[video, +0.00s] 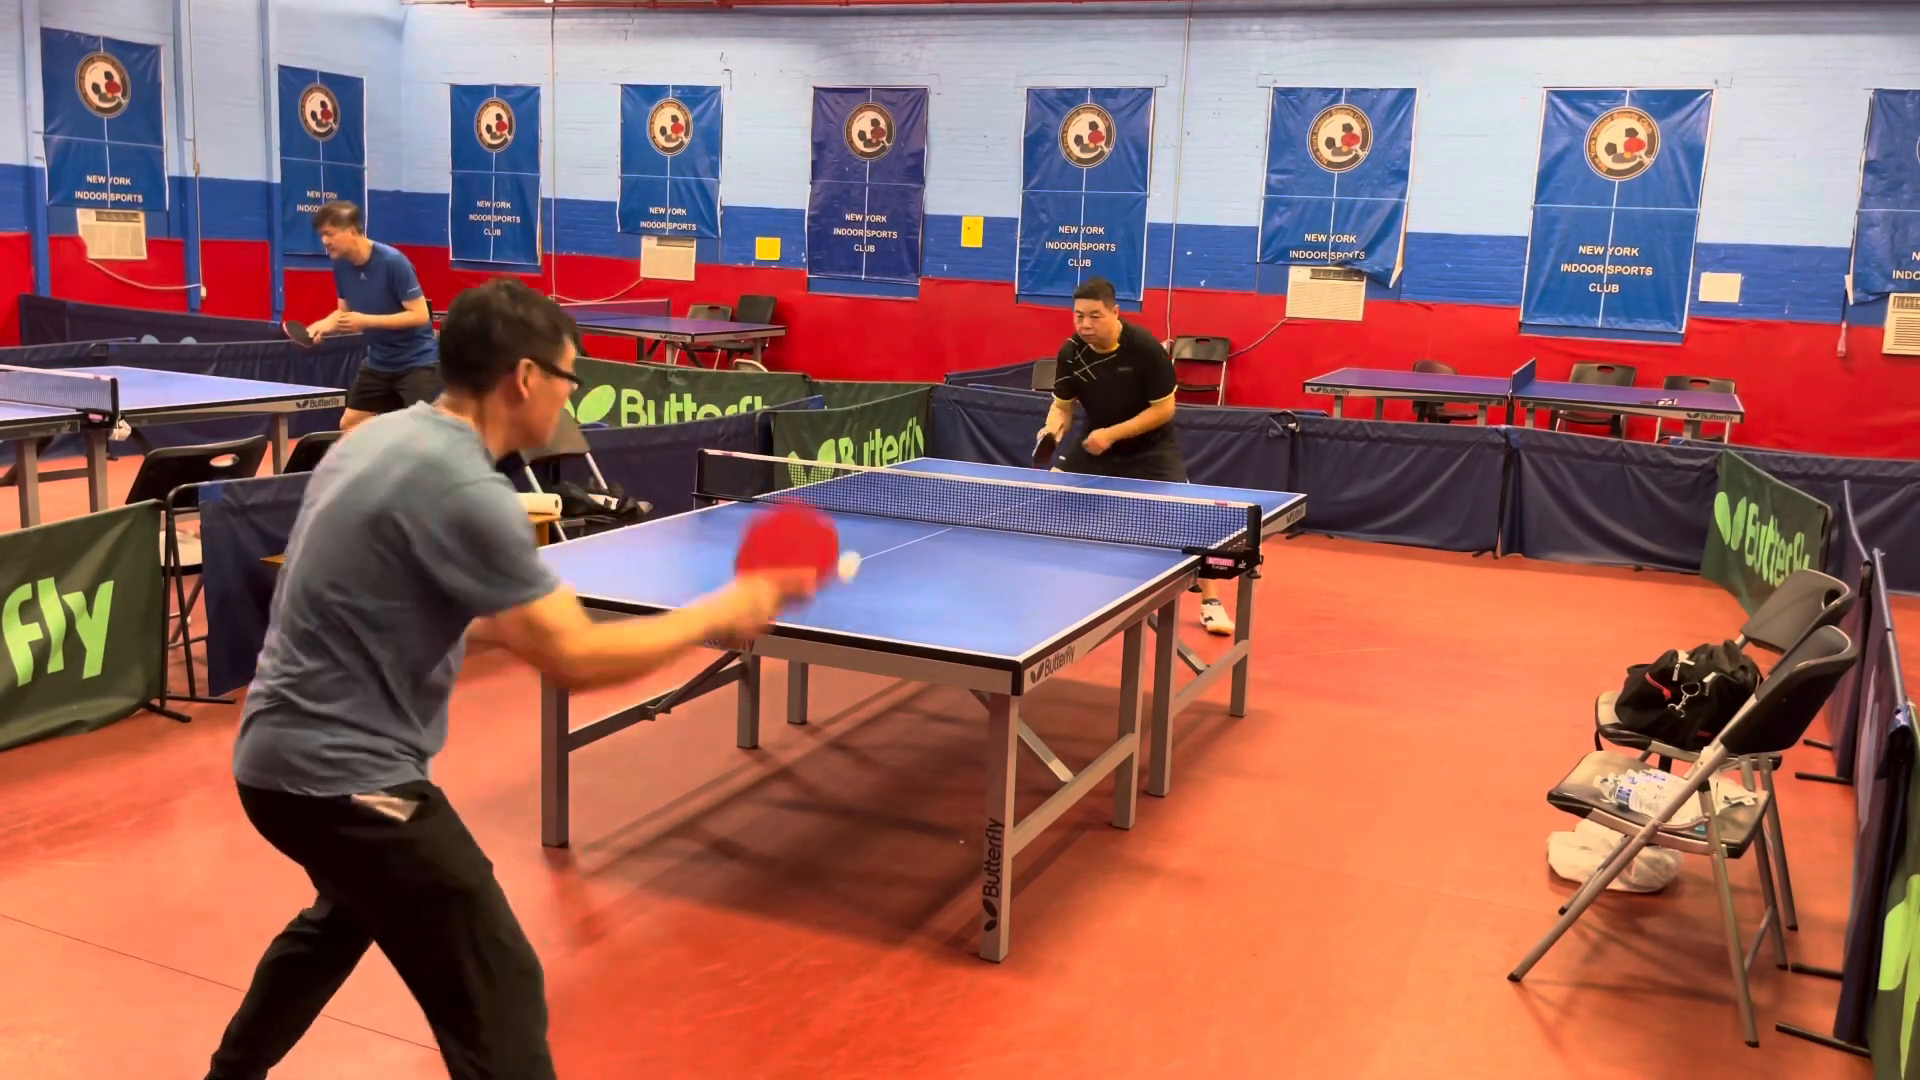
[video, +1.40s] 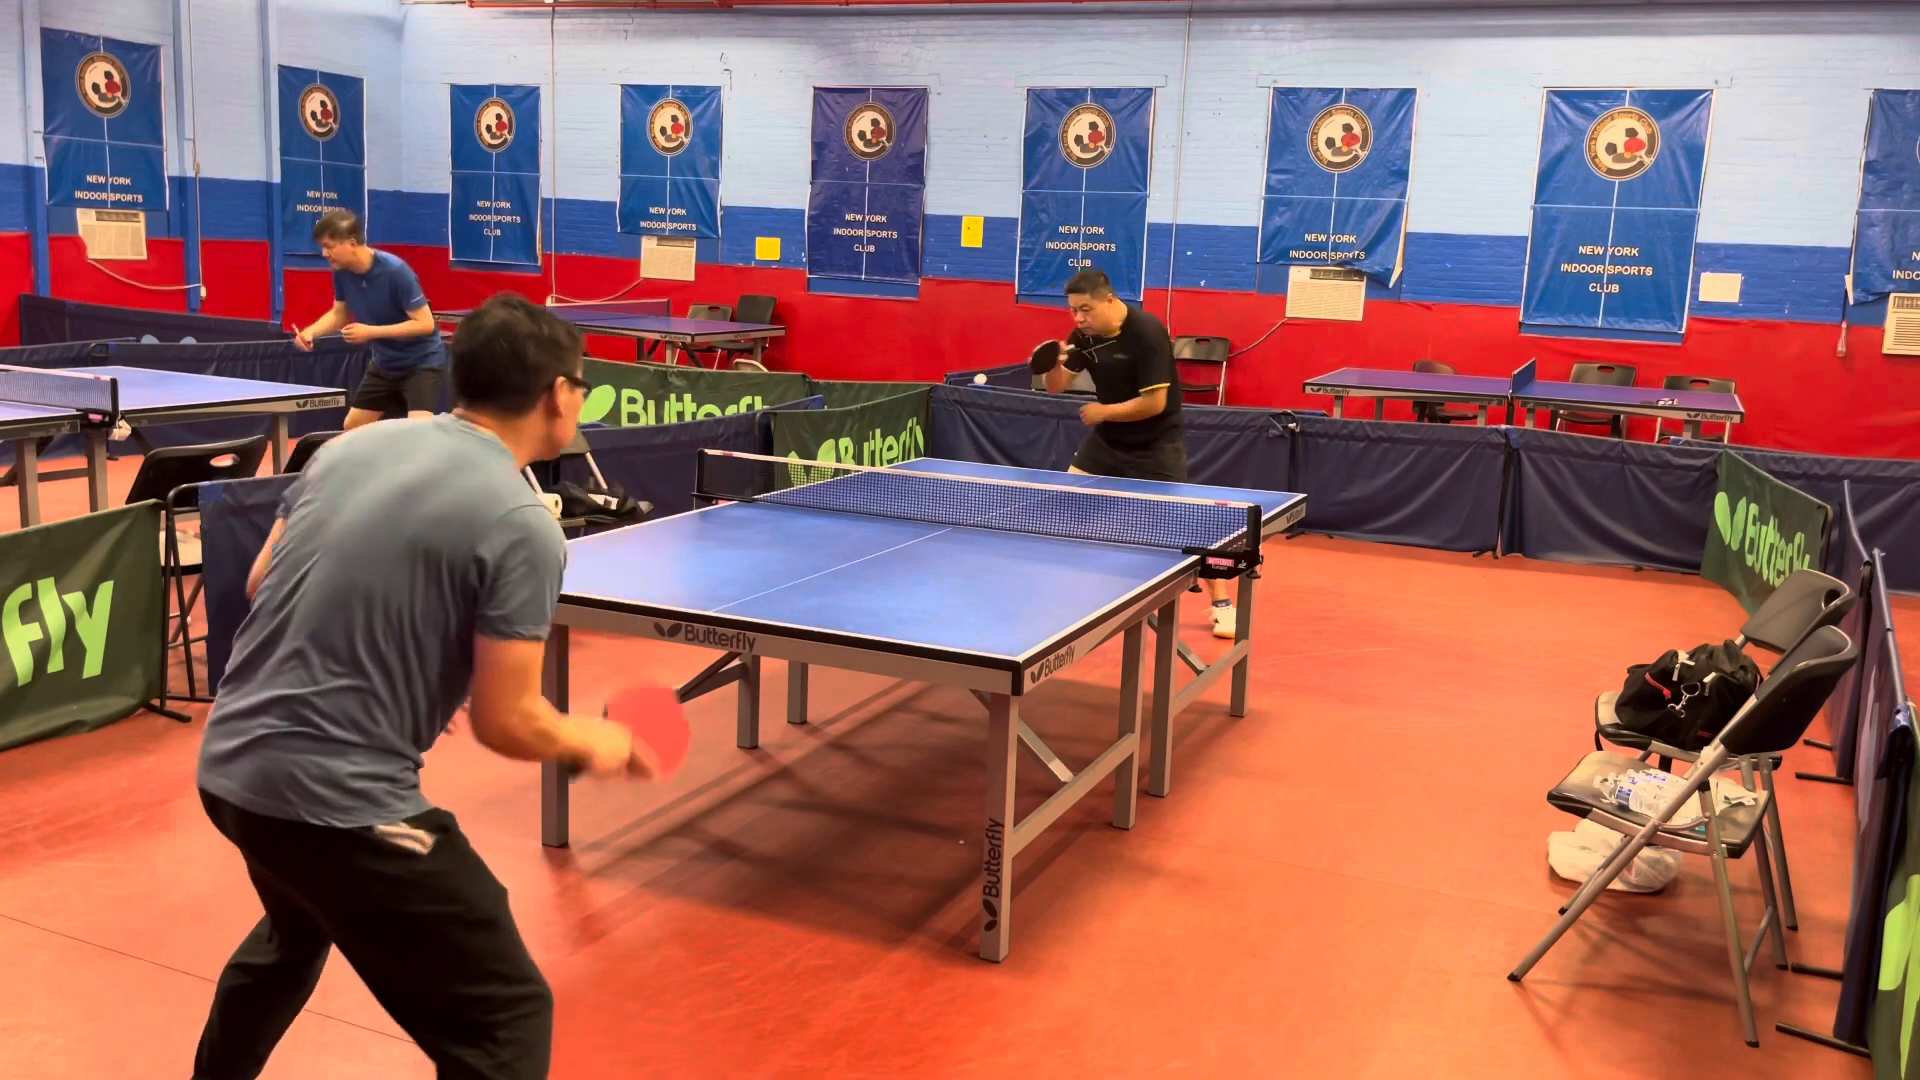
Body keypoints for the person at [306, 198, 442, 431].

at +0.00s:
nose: (324, 242)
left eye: (329, 234)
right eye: (322, 236)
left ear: (352, 231)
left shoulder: (394, 262)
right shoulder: (341, 265)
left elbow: (421, 316)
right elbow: (345, 311)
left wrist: (364, 321)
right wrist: (324, 325)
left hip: (417, 362)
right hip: (377, 362)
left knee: (424, 429)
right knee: (350, 425)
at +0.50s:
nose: (319, 251)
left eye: (324, 244)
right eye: (317, 245)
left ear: (347, 240)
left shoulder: (390, 269)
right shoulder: (335, 271)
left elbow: (417, 322)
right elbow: (331, 315)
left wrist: (363, 328)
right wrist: (304, 327)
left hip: (415, 360)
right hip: (377, 361)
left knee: (419, 433)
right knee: (346, 424)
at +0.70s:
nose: (319, 267)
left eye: (323, 260)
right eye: (316, 261)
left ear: (346, 254)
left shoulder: (389, 278)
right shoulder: (328, 280)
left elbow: (421, 329)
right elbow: (312, 319)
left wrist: (368, 341)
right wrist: (292, 334)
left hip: (419, 361)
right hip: (378, 362)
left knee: (419, 431)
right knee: (342, 425)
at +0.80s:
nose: (321, 264)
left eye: (326, 256)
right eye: (318, 258)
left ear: (348, 251)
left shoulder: (393, 276)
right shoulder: (327, 274)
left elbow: (423, 327)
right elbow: (296, 303)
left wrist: (371, 338)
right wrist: (269, 314)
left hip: (418, 362)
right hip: (377, 364)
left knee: (419, 430)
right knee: (341, 425)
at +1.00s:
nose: (325, 257)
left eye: (330, 250)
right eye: (322, 251)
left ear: (352, 245)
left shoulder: (392, 271)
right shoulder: (331, 266)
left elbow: (420, 326)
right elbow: (298, 290)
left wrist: (372, 333)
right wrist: (270, 299)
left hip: (411, 352)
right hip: (379, 353)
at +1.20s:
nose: (327, 251)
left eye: (332, 244)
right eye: (325, 245)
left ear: (355, 242)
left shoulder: (397, 270)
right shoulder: (336, 268)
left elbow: (415, 324)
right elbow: (314, 308)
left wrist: (371, 331)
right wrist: (291, 319)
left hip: (411, 361)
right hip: (376, 360)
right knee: (356, 420)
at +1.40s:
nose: (325, 254)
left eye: (329, 247)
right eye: (323, 247)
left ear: (351, 243)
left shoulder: (396, 271)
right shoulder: (342, 272)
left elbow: (426, 324)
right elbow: (340, 314)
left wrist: (372, 332)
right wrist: (311, 332)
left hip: (423, 361)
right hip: (383, 361)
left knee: (420, 429)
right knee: (354, 426)